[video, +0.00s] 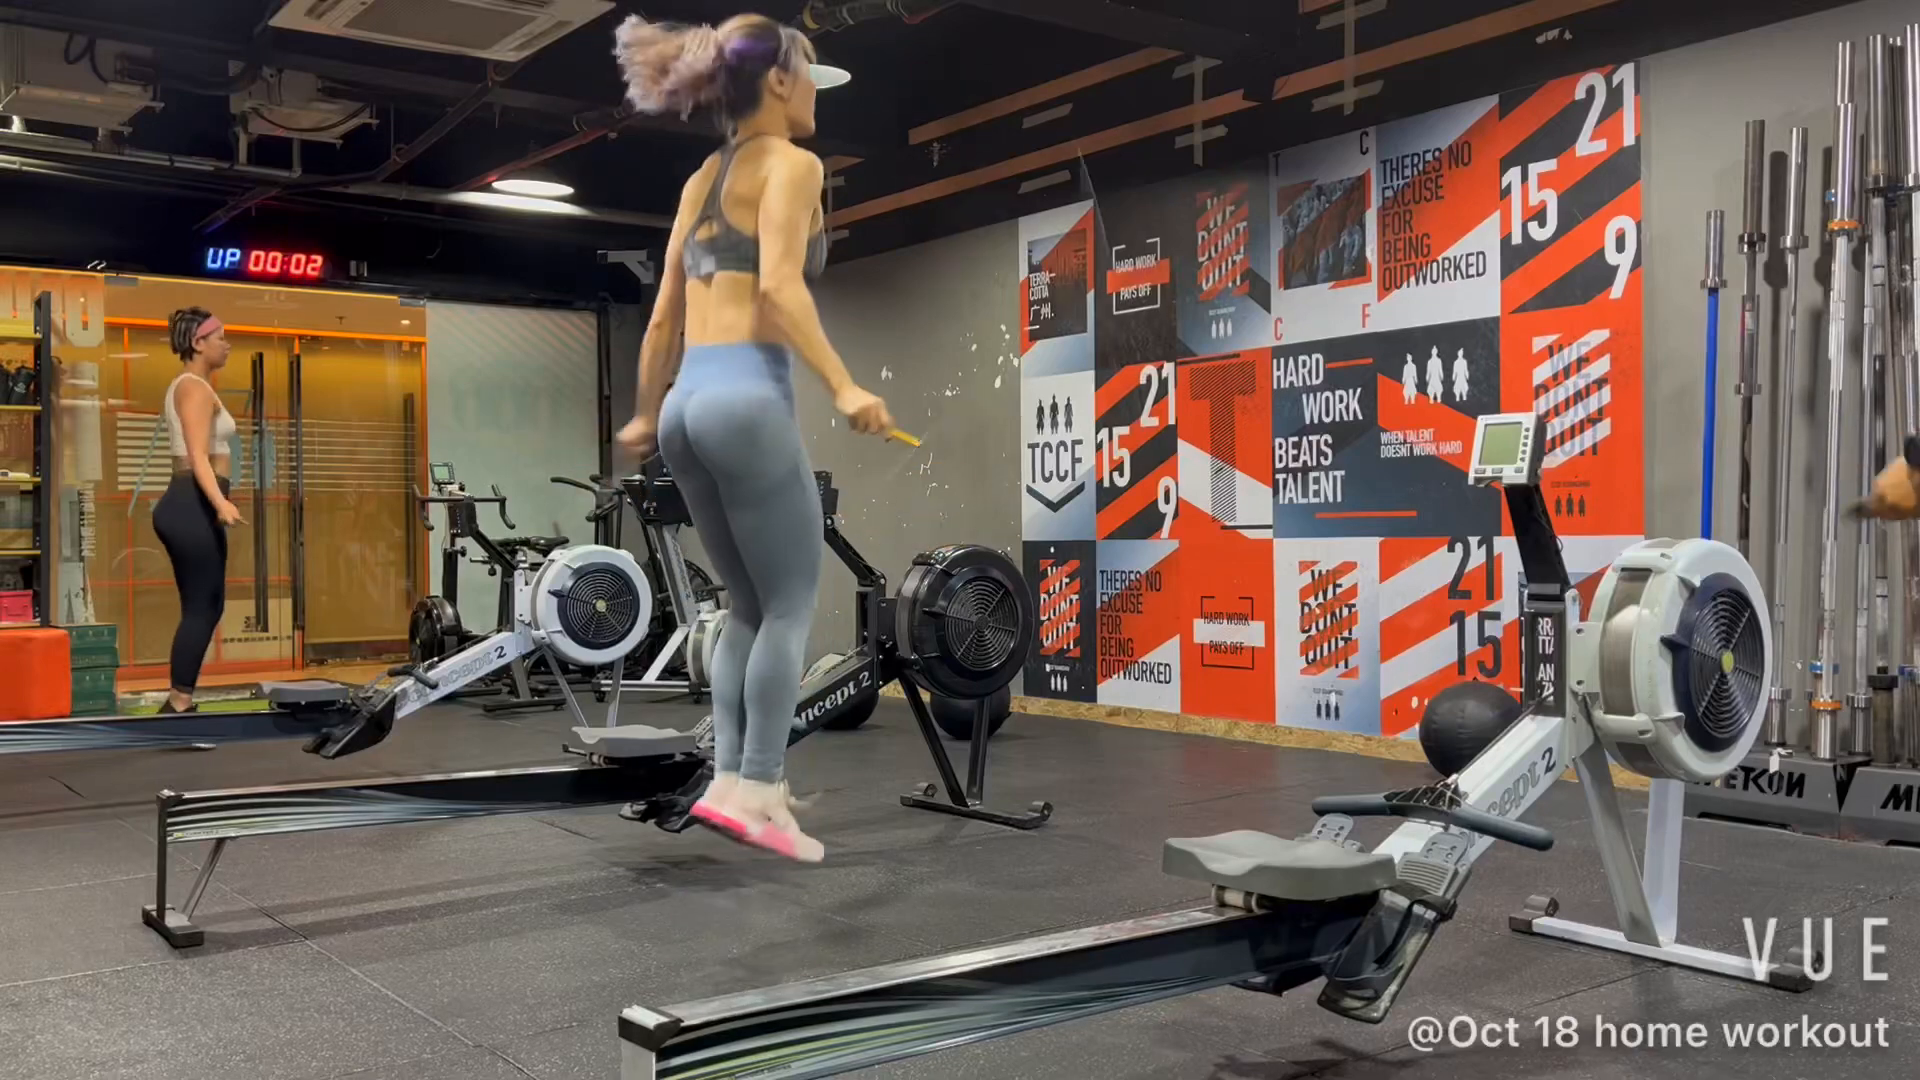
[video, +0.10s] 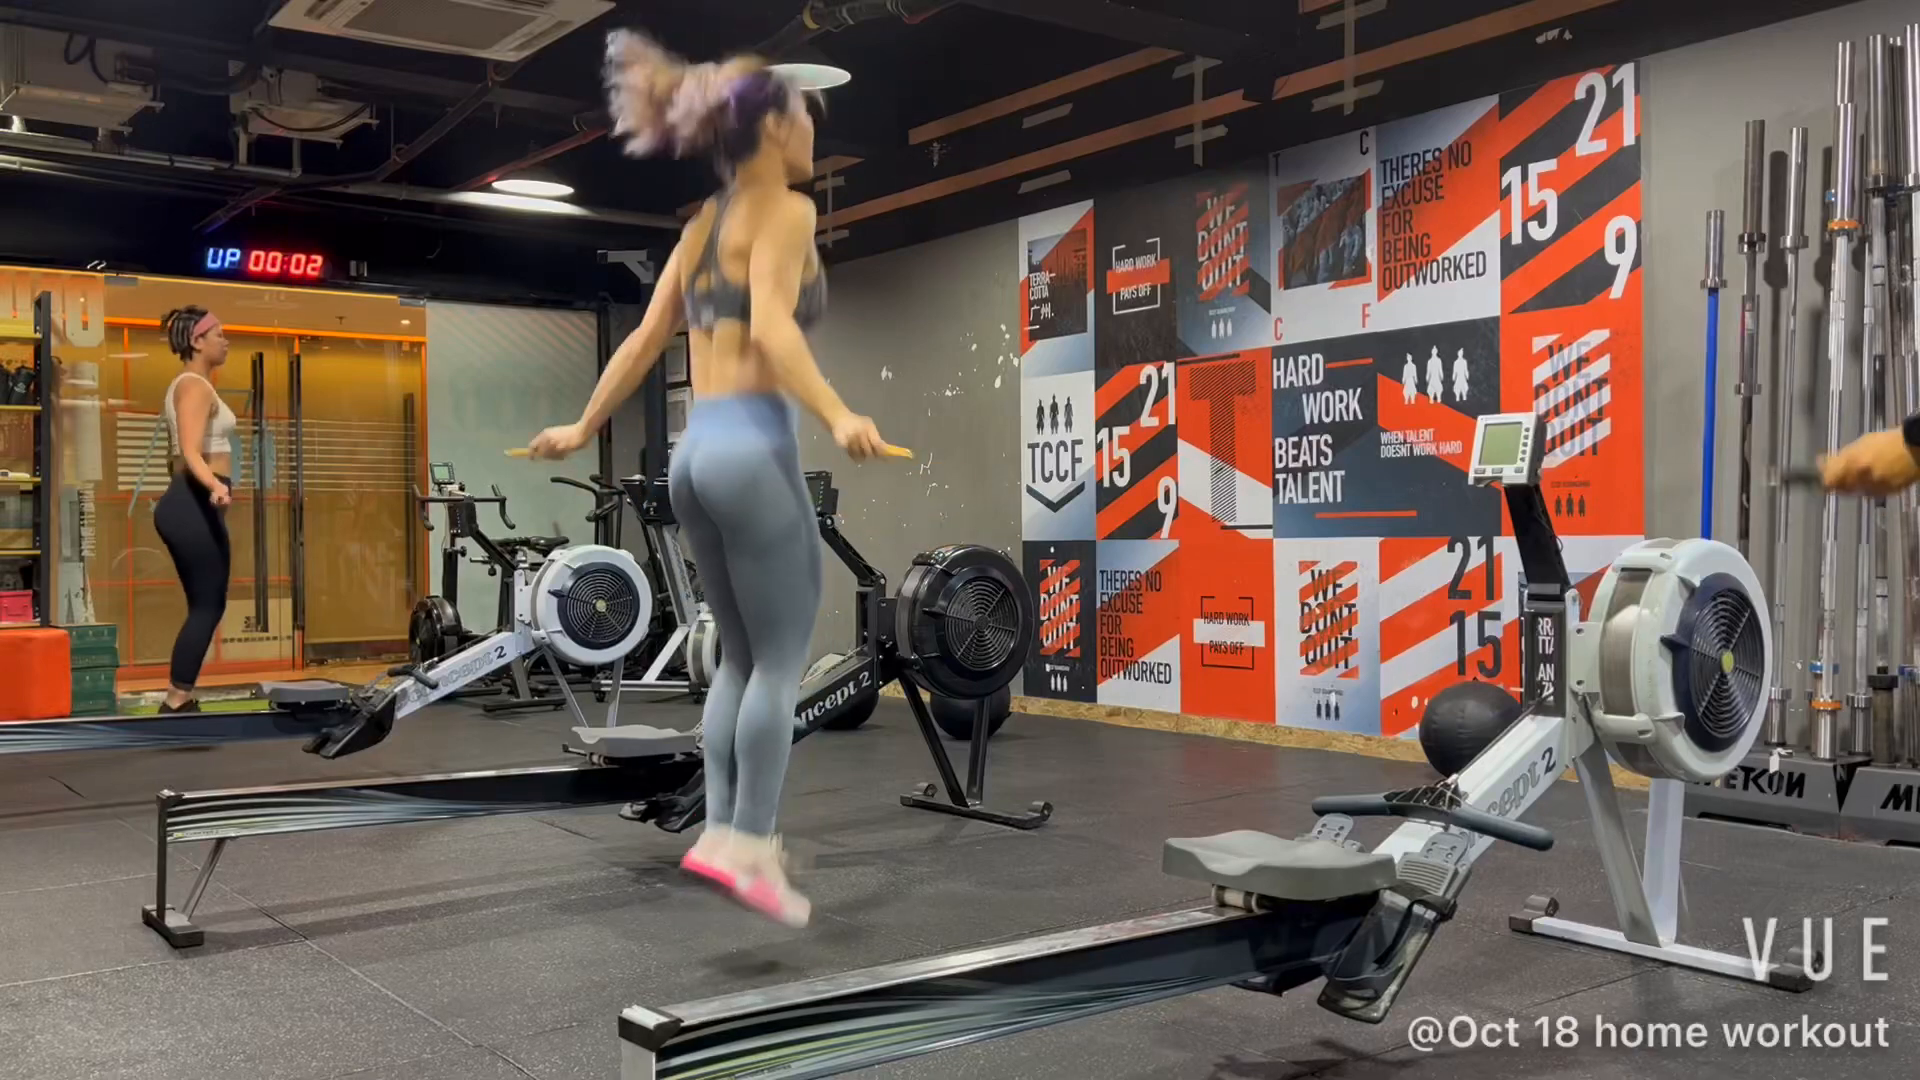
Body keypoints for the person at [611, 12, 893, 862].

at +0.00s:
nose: (812, 92)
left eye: (808, 77)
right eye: (804, 78)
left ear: (738, 91)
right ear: (776, 83)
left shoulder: (699, 181)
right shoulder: (791, 162)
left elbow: (666, 316)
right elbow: (778, 288)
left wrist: (647, 411)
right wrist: (844, 387)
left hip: (685, 394)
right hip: (744, 390)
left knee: (743, 605)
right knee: (790, 601)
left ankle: (733, 781)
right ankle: (760, 790)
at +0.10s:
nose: (812, 127)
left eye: (807, 113)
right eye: (801, 115)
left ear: (744, 136)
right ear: (772, 129)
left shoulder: (703, 223)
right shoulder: (786, 210)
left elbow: (646, 337)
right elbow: (771, 331)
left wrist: (583, 425)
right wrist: (840, 413)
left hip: (693, 448)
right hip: (749, 446)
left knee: (736, 654)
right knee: (779, 655)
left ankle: (722, 833)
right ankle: (751, 843)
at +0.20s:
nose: (809, 219)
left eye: (804, 204)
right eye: (799, 205)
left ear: (743, 225)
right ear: (765, 220)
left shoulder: (699, 312)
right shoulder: (785, 304)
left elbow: (640, 427)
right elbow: (770, 426)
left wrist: (617, 476)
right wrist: (859, 504)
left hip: (694, 541)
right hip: (751, 542)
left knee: (750, 744)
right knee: (793, 742)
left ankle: (696, 908)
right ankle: (720, 914)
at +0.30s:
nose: (801, 224)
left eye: (794, 209)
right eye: (792, 211)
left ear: (727, 230)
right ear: (767, 224)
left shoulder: (693, 322)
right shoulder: (780, 313)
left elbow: (653, 445)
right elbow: (779, 438)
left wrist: (661, 500)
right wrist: (870, 513)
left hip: (694, 551)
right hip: (752, 550)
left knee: (756, 746)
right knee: (796, 746)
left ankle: (697, 911)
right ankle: (719, 918)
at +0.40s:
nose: (790, 132)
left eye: (784, 118)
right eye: (780, 120)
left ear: (714, 143)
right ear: (754, 134)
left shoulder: (686, 236)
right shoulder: (775, 217)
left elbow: (652, 359)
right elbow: (774, 340)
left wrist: (618, 442)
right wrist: (863, 416)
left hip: (698, 455)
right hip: (756, 451)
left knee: (723, 668)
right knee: (768, 668)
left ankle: (717, 842)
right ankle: (747, 853)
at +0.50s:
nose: (801, 93)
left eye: (794, 79)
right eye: (792, 79)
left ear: (730, 94)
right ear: (765, 85)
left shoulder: (691, 183)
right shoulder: (779, 167)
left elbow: (649, 311)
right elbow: (776, 289)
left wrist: (648, 379)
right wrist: (861, 373)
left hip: (681, 412)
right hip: (743, 407)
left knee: (746, 610)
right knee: (791, 609)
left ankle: (711, 783)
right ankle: (733, 785)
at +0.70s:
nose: (799, 123)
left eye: (792, 109)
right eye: (788, 111)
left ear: (729, 135)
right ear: (761, 128)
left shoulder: (693, 220)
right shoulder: (772, 204)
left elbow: (638, 333)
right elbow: (756, 322)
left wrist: (583, 423)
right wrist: (831, 408)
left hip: (690, 446)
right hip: (743, 443)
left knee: (732, 654)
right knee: (772, 655)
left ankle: (723, 834)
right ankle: (742, 843)